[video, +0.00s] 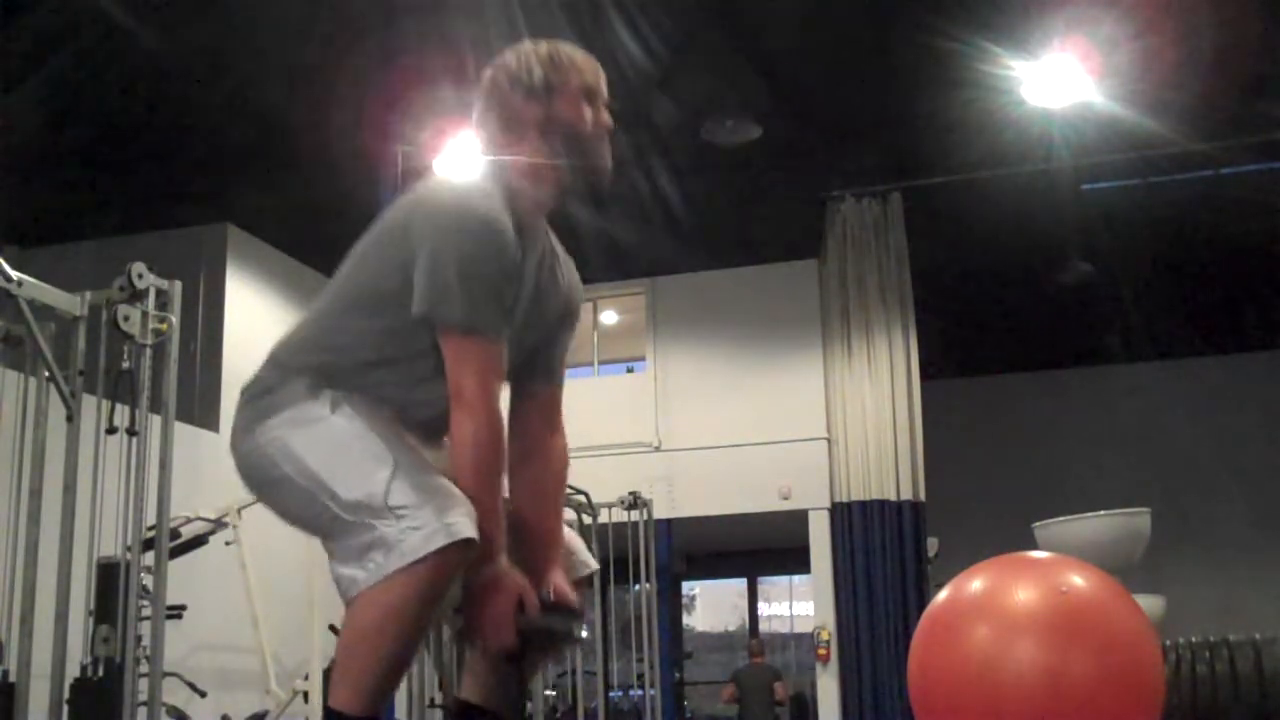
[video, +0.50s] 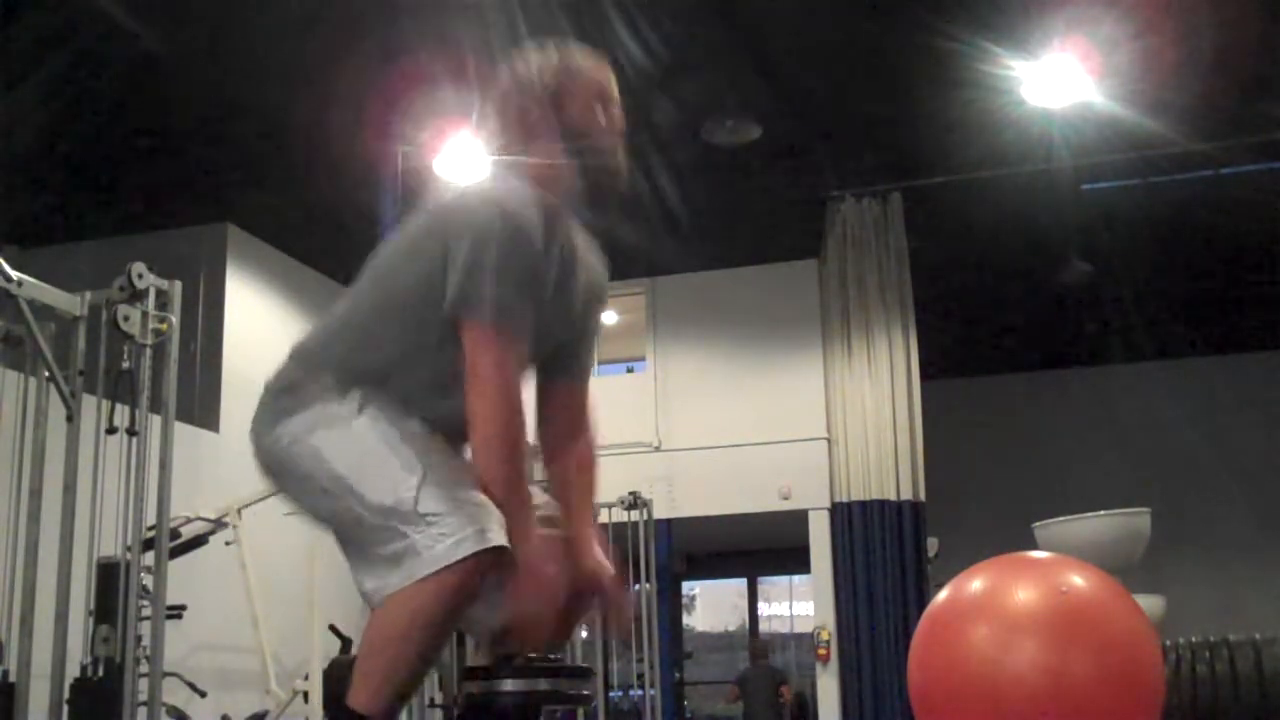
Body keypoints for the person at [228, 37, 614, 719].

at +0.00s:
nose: (610, 118)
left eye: (605, 103)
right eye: (592, 100)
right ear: (533, 114)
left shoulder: (558, 280)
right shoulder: (469, 214)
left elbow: (542, 429)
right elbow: (474, 406)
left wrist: (545, 565)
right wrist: (491, 564)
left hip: (396, 429)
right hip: (299, 407)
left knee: (559, 563)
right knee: (432, 533)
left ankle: (477, 705)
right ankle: (345, 710)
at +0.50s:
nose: (607, 124)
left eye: (611, 106)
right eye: (587, 105)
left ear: (619, 123)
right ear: (531, 117)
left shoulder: (582, 263)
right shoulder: (499, 213)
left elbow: (568, 425)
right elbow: (491, 391)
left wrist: (584, 542)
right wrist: (526, 543)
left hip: (409, 426)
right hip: (321, 404)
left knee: (546, 564)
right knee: (455, 545)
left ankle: (358, 683)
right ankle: (362, 706)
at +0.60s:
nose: (593, 30)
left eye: (594, 15)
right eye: (577, 9)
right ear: (528, 15)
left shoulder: (577, 149)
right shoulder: (484, 91)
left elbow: (594, 280)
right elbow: (445, 213)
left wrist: (590, 356)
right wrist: (512, 330)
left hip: (430, 371)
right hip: (346, 346)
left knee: (544, 570)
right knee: (442, 540)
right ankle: (358, 705)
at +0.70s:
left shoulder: (544, 21)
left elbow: (554, 113)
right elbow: (389, 12)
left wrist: (555, 151)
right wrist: (470, 126)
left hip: (470, 250)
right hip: (390, 232)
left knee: (463, 498)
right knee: (382, 476)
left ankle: (472, 695)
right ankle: (357, 695)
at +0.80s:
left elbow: (481, 45)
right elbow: (368, 8)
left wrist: (525, 81)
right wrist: (432, 81)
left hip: (477, 143)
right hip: (396, 124)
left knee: (507, 380)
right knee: (407, 341)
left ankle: (427, 591)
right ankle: (347, 589)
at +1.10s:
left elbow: (465, 53)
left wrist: (475, 142)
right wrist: (411, 37)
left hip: (435, 126)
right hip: (358, 104)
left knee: (486, 359)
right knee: (395, 338)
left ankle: (472, 626)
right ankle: (360, 641)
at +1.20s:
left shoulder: (497, 18)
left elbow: (461, 114)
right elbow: (340, 21)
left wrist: (478, 224)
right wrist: (417, 135)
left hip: (440, 240)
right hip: (366, 222)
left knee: (476, 501)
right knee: (379, 490)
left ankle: (454, 706)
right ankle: (328, 706)